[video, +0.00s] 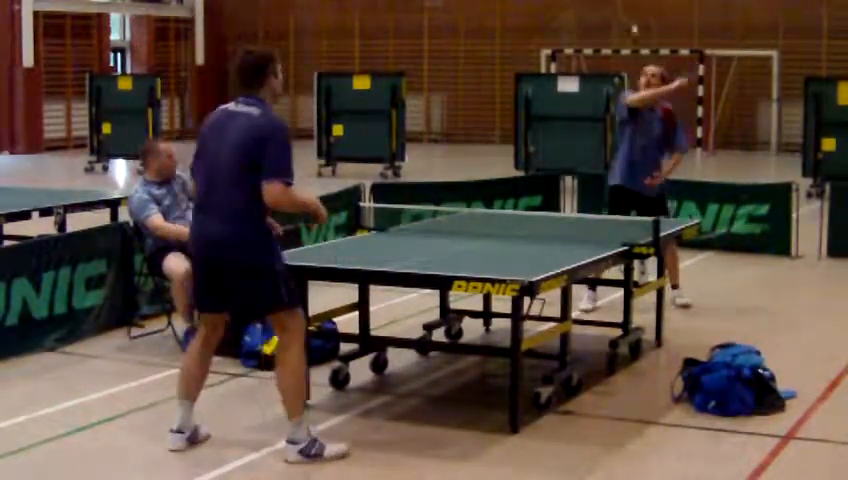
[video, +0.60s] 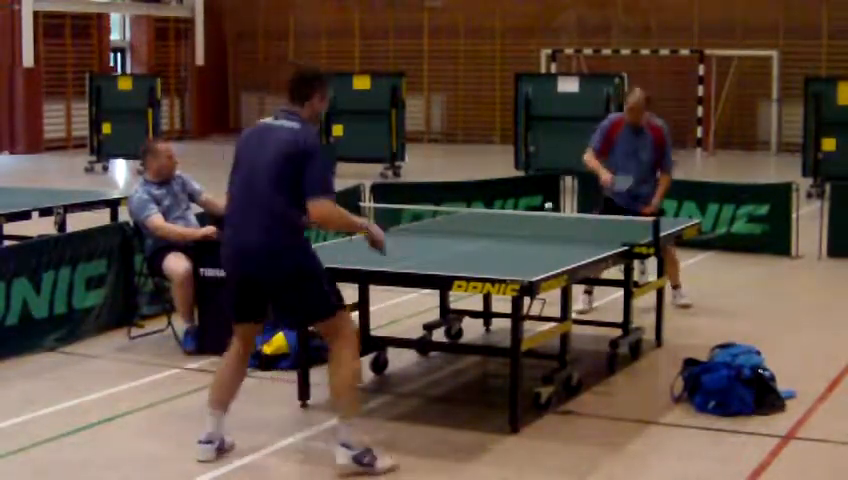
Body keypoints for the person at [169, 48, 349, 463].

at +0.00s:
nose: (282, 81)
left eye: (280, 74)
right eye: (280, 75)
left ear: (241, 79)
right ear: (272, 79)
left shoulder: (214, 120)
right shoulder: (271, 126)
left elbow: (201, 187)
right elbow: (275, 195)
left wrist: (259, 217)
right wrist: (310, 204)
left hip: (205, 242)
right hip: (248, 244)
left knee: (210, 327)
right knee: (291, 324)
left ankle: (182, 426)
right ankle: (300, 437)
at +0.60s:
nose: (324, 109)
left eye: (324, 102)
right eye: (325, 103)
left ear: (288, 98)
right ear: (315, 101)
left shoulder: (251, 135)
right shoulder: (306, 141)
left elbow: (236, 197)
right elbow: (321, 212)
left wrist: (282, 219)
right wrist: (363, 225)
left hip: (239, 251)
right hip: (285, 254)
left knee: (242, 339)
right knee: (343, 334)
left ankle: (211, 435)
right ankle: (350, 441)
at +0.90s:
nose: (417, 158)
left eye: (419, 150)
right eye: (417, 150)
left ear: (389, 139)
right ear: (402, 145)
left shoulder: (358, 155)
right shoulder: (355, 175)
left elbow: (391, 189)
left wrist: (438, 200)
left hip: (284, 267)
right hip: (321, 269)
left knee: (271, 353)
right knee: (401, 336)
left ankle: (215, 435)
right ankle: (421, 444)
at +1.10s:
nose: (463, 161)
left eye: (466, 155)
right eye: (462, 153)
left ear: (434, 134)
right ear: (448, 146)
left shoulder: (380, 138)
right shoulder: (429, 183)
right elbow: (473, 216)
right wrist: (497, 174)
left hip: (310, 255)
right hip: (359, 267)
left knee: (282, 335)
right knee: (424, 333)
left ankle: (229, 420)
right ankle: (420, 443)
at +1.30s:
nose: (438, 102)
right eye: (440, 96)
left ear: (406, 87)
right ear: (439, 98)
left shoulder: (362, 108)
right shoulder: (433, 130)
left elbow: (342, 161)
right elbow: (500, 128)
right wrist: (481, 78)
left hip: (323, 238)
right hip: (380, 247)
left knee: (282, 328)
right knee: (419, 334)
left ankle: (239, 411)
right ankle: (428, 438)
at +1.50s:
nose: (401, 100)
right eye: (401, 94)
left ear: (356, 94)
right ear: (396, 96)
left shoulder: (326, 131)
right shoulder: (404, 141)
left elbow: (291, 181)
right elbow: (464, 176)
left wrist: (334, 173)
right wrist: (471, 132)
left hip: (313, 257)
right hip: (372, 259)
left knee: (287, 349)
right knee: (416, 339)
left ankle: (257, 447)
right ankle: (435, 445)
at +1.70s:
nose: (366, 83)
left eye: (361, 76)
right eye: (365, 77)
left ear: (323, 75)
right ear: (360, 82)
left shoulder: (287, 117)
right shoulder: (354, 134)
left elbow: (266, 178)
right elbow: (397, 204)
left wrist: (311, 172)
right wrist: (427, 187)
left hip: (278, 250)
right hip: (332, 254)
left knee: (271, 347)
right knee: (374, 337)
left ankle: (255, 448)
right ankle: (390, 445)